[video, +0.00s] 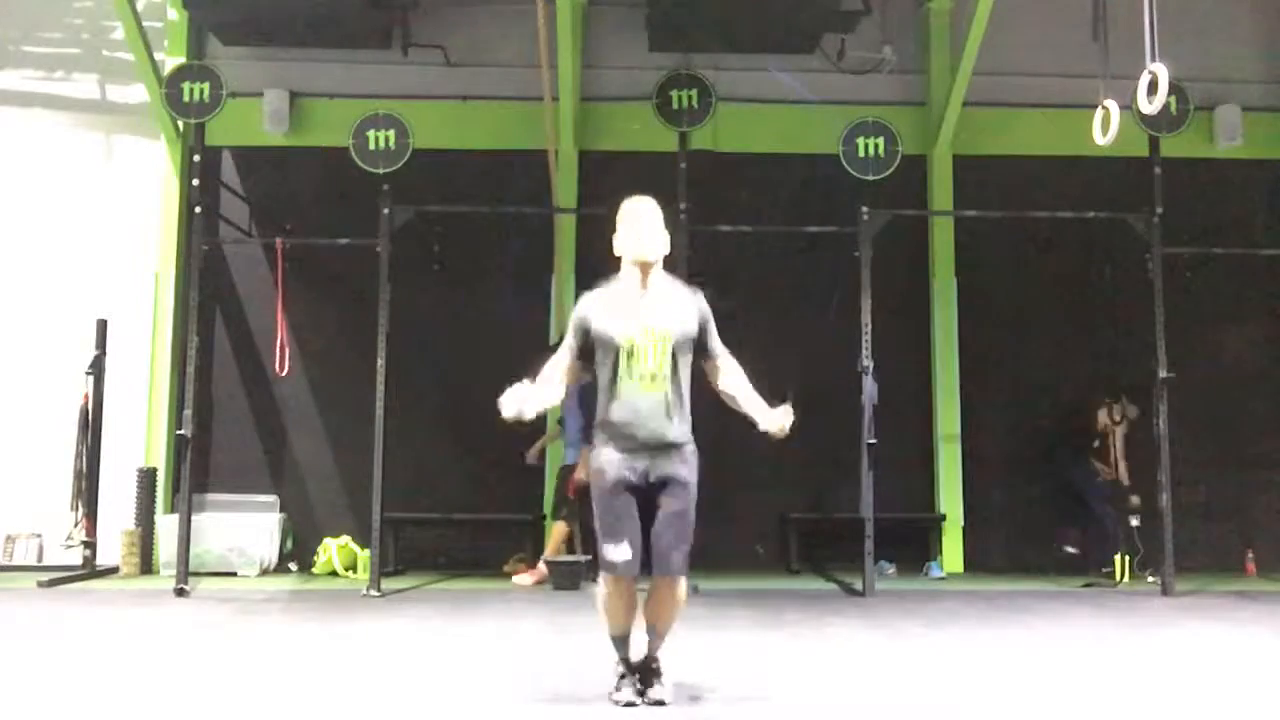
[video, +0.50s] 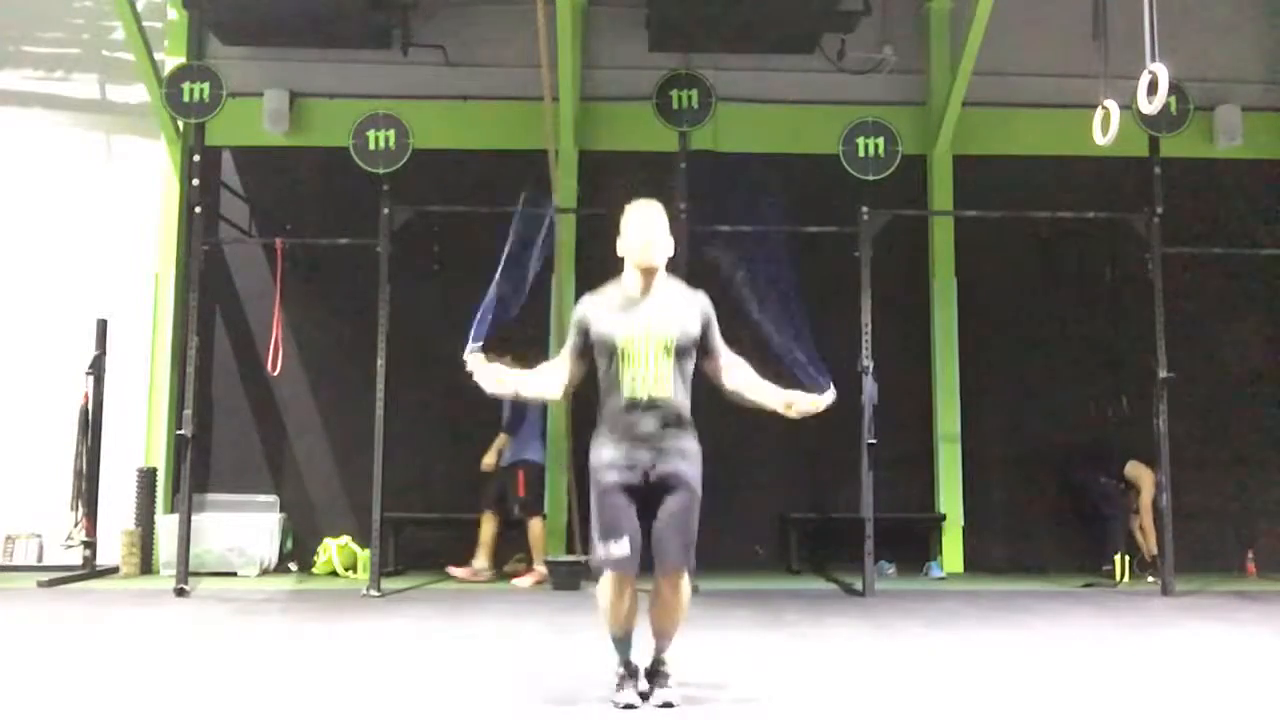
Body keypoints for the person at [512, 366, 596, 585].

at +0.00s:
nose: (565, 370)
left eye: (569, 364)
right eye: (564, 365)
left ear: (580, 364)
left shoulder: (589, 390)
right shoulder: (569, 392)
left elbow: (591, 430)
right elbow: (560, 427)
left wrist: (585, 463)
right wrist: (538, 446)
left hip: (579, 460)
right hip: (568, 458)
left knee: (563, 515)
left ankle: (544, 565)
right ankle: (590, 564)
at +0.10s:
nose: (550, 358)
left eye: (553, 354)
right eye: (548, 354)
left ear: (560, 358)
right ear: (546, 360)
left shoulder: (569, 384)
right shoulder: (551, 385)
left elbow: (574, 425)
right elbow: (552, 424)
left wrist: (567, 459)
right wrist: (531, 449)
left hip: (571, 457)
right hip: (555, 457)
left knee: (557, 514)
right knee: (583, 515)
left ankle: (542, 565)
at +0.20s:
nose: (529, 372)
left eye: (530, 367)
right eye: (527, 368)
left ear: (540, 364)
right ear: (539, 367)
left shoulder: (555, 386)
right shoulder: (545, 388)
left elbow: (555, 427)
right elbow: (544, 426)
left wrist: (547, 457)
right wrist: (528, 449)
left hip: (561, 454)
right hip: (554, 454)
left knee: (552, 514)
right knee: (558, 515)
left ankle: (542, 565)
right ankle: (592, 548)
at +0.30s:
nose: (518, 376)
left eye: (520, 371)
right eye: (518, 372)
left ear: (528, 367)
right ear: (535, 365)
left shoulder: (545, 384)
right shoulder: (537, 384)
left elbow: (542, 423)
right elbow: (540, 424)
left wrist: (528, 453)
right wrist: (528, 452)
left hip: (550, 451)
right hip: (544, 451)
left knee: (542, 512)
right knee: (539, 510)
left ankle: (540, 566)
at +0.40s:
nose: (509, 362)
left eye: (511, 356)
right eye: (508, 357)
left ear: (523, 358)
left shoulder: (533, 381)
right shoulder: (522, 383)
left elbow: (529, 421)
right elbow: (525, 423)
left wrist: (510, 450)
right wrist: (514, 451)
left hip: (537, 452)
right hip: (521, 453)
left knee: (535, 511)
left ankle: (539, 565)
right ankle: (519, 556)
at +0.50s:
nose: (493, 367)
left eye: (495, 361)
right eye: (491, 361)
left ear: (508, 359)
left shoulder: (518, 382)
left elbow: (514, 420)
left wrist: (494, 449)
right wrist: (504, 453)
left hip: (528, 454)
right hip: (511, 456)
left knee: (532, 513)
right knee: (490, 509)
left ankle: (539, 566)